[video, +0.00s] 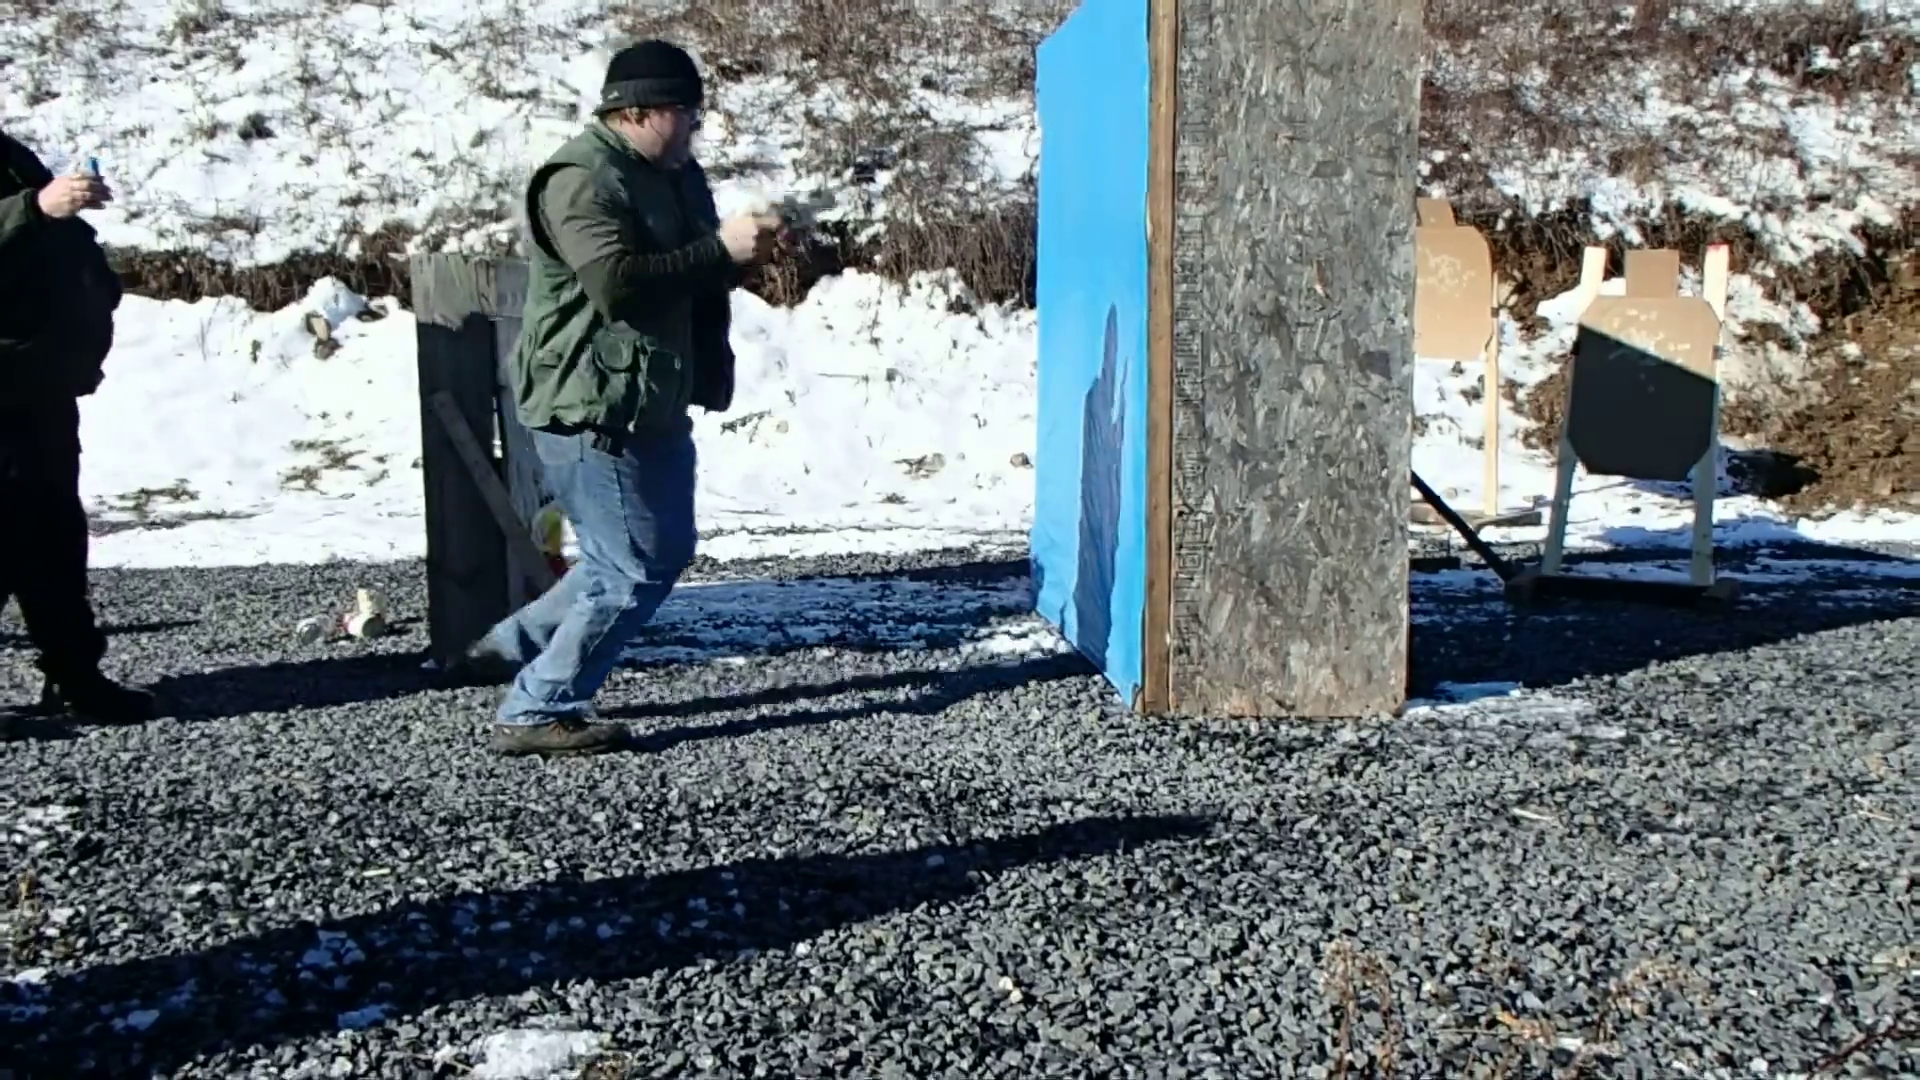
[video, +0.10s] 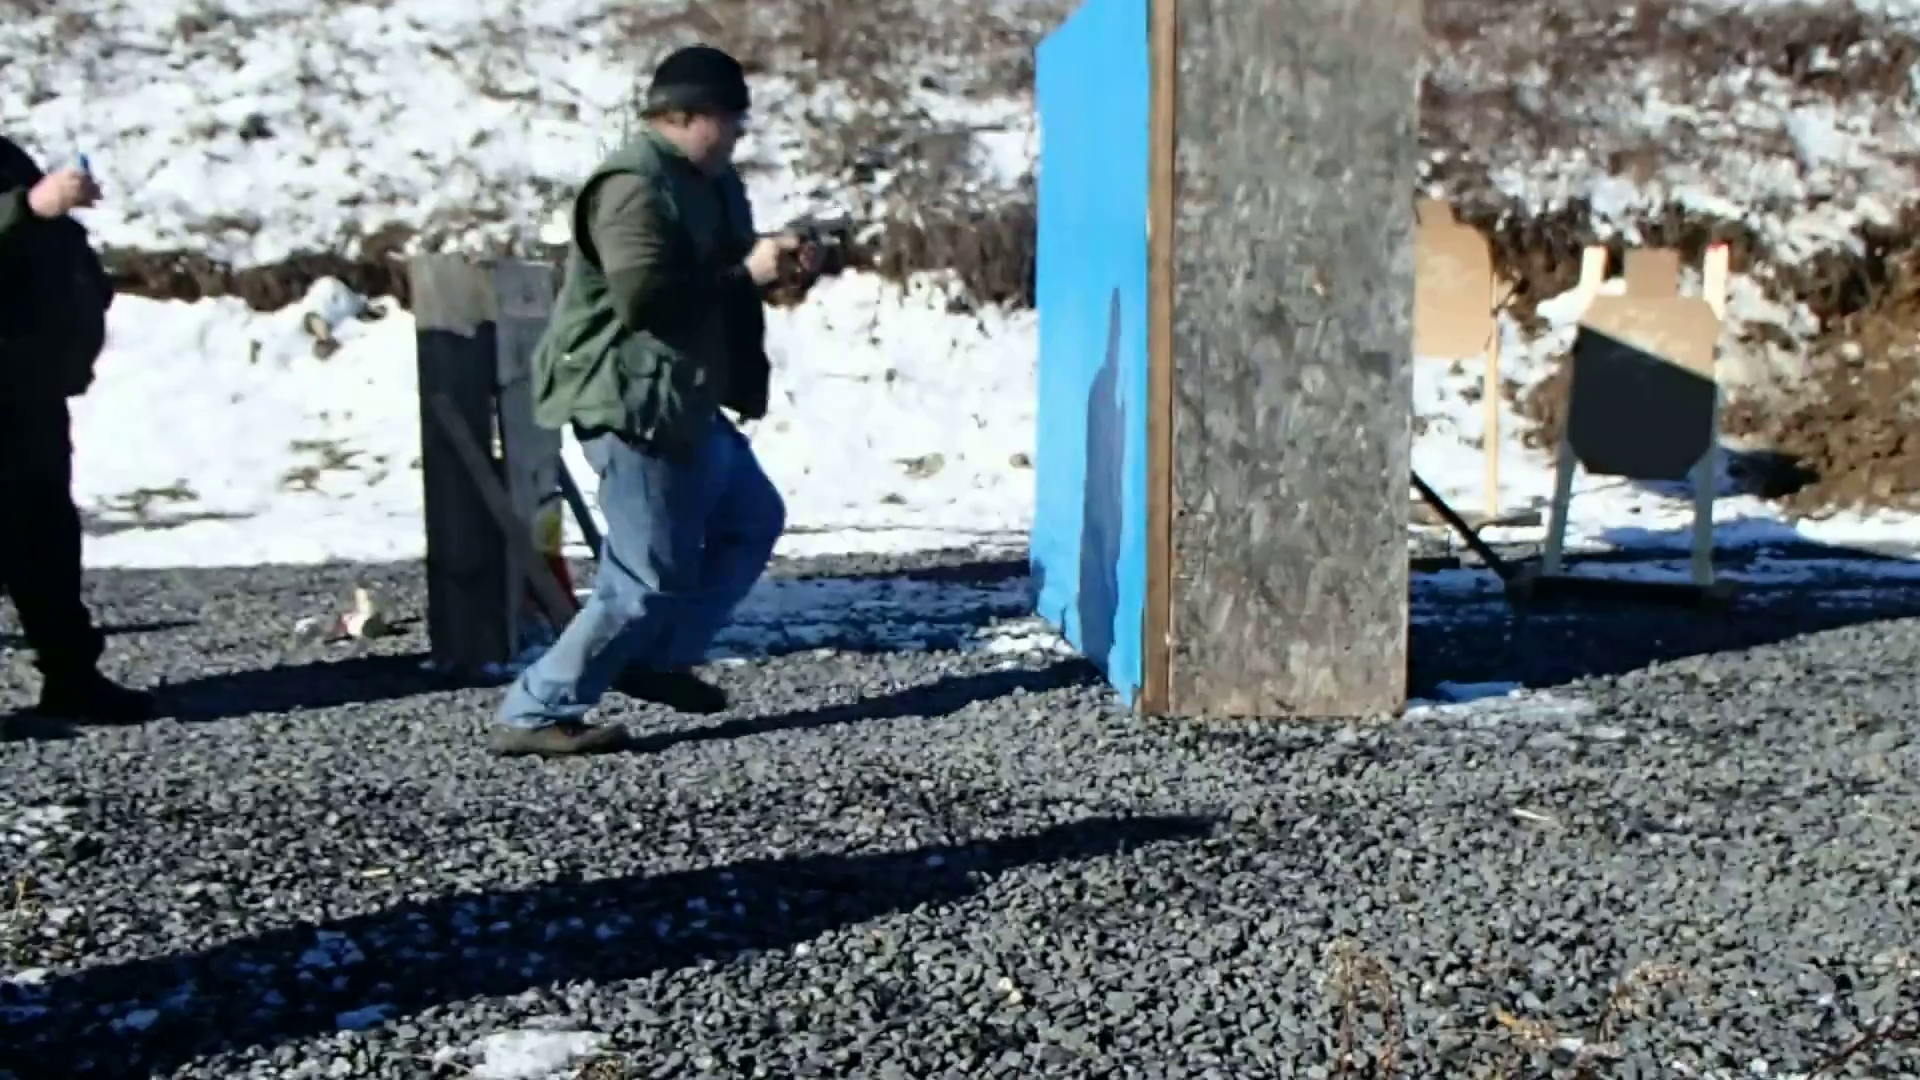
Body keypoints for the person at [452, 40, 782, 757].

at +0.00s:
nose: (697, 127)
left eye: (696, 113)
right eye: (689, 113)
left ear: (649, 111)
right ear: (648, 112)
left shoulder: (678, 177)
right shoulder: (580, 179)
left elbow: (699, 267)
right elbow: (615, 284)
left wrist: (766, 256)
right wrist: (720, 250)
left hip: (654, 402)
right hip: (584, 404)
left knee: (666, 550)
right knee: (628, 564)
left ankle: (517, 640)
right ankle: (539, 710)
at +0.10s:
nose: (740, 133)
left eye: (740, 119)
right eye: (731, 119)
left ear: (691, 117)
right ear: (690, 116)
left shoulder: (715, 189)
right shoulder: (633, 188)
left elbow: (710, 286)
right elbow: (641, 299)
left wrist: (772, 275)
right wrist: (745, 273)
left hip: (682, 407)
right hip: (618, 408)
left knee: (753, 520)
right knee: (647, 575)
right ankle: (534, 712)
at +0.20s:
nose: (795, 133)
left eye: (797, 119)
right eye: (789, 117)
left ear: (748, 115)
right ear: (749, 112)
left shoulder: (765, 181)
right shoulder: (699, 170)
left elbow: (763, 277)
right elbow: (684, 285)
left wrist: (818, 265)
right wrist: (794, 278)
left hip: (746, 410)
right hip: (688, 411)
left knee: (821, 507)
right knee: (671, 572)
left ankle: (843, 682)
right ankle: (536, 702)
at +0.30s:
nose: (854, 142)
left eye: (857, 128)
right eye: (847, 126)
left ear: (815, 119)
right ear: (807, 115)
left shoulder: (830, 185)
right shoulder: (754, 170)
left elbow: (832, 279)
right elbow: (741, 282)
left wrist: (895, 271)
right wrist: (850, 292)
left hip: (808, 407)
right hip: (740, 407)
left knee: (875, 522)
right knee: (760, 569)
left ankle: (894, 691)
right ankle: (596, 652)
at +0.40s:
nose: (910, 146)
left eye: (914, 132)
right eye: (903, 129)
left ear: (870, 120)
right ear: (859, 117)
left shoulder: (883, 183)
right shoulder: (800, 176)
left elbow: (888, 284)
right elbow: (797, 286)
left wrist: (937, 288)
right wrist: (906, 291)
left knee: (919, 528)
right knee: (879, 541)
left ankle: (901, 693)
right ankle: (753, 661)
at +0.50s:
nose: (941, 146)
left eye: (947, 133)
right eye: (936, 130)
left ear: (928, 125)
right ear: (896, 115)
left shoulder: (923, 181)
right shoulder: (838, 170)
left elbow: (927, 285)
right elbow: (827, 282)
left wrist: (965, 297)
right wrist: (939, 296)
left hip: (871, 386)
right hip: (818, 389)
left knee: (913, 516)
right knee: (947, 502)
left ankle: (892, 686)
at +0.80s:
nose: (1028, 130)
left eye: (1032, 117)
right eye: (1024, 114)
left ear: (988, 99)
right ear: (982, 96)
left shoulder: (980, 154)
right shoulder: (928, 153)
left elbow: (1024, 253)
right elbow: (894, 269)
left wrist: (1036, 296)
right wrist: (1004, 303)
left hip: (951, 375)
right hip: (926, 381)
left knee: (961, 535)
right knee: (1023, 523)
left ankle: (901, 692)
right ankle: (1009, 711)